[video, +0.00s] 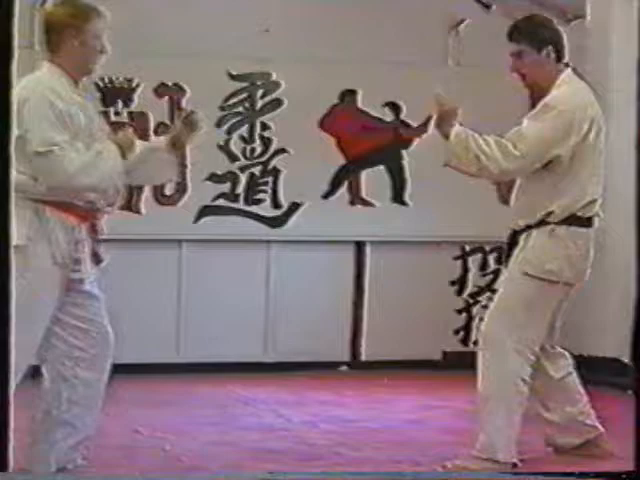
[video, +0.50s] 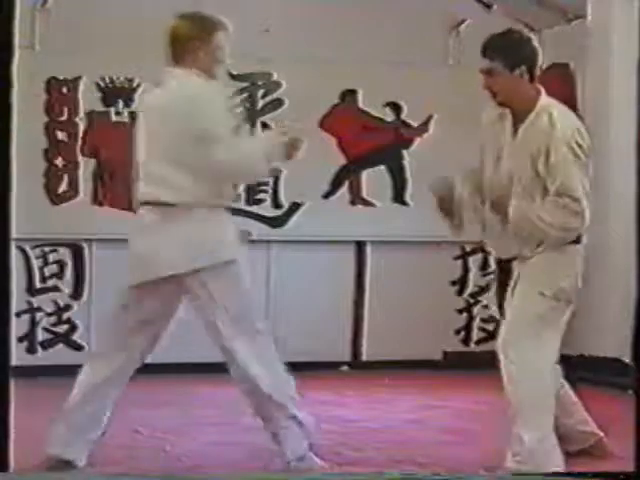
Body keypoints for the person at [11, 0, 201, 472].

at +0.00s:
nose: (103, 48)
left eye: (104, 39)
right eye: (96, 38)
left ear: (76, 41)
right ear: (68, 39)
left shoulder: (80, 100)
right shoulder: (38, 91)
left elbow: (109, 170)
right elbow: (53, 169)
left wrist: (171, 147)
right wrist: (114, 153)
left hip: (70, 235)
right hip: (32, 233)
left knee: (87, 346)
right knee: (16, 354)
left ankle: (56, 462)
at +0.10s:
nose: (113, 50)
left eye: (113, 41)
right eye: (107, 40)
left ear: (86, 42)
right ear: (79, 41)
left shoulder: (89, 100)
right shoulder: (45, 93)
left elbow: (116, 170)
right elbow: (56, 170)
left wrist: (177, 150)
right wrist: (116, 159)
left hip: (80, 236)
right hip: (41, 235)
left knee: (94, 343)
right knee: (39, 350)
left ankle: (65, 457)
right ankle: (33, 464)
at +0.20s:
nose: (134, 56)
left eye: (134, 47)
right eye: (127, 47)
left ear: (109, 46)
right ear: (100, 45)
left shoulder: (106, 102)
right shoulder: (68, 98)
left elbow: (134, 166)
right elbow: (57, 173)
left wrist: (198, 153)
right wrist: (120, 184)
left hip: (91, 235)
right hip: (63, 238)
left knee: (96, 343)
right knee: (99, 340)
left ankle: (62, 453)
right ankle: (19, 421)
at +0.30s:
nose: (165, 63)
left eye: (166, 53)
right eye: (158, 53)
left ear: (137, 52)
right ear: (131, 50)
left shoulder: (133, 105)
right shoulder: (107, 98)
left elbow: (167, 165)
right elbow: (76, 172)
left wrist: (235, 149)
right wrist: (136, 200)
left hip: (86, 242)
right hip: (111, 239)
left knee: (93, 360)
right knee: (185, 326)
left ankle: (54, 458)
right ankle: (160, 439)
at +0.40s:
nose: (189, 60)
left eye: (190, 50)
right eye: (182, 50)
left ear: (157, 51)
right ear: (156, 49)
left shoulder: (152, 97)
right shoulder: (138, 96)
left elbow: (189, 158)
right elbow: (103, 175)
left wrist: (257, 147)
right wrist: (168, 195)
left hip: (110, 241)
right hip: (143, 240)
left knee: (97, 358)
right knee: (209, 335)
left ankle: (54, 458)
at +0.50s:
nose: (225, 59)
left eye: (225, 50)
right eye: (220, 50)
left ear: (181, 51)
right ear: (199, 49)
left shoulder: (153, 95)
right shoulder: (201, 95)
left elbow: (196, 158)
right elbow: (223, 160)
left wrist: (261, 144)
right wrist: (276, 148)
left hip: (154, 233)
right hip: (202, 234)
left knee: (120, 347)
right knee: (247, 343)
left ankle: (67, 449)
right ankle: (297, 450)